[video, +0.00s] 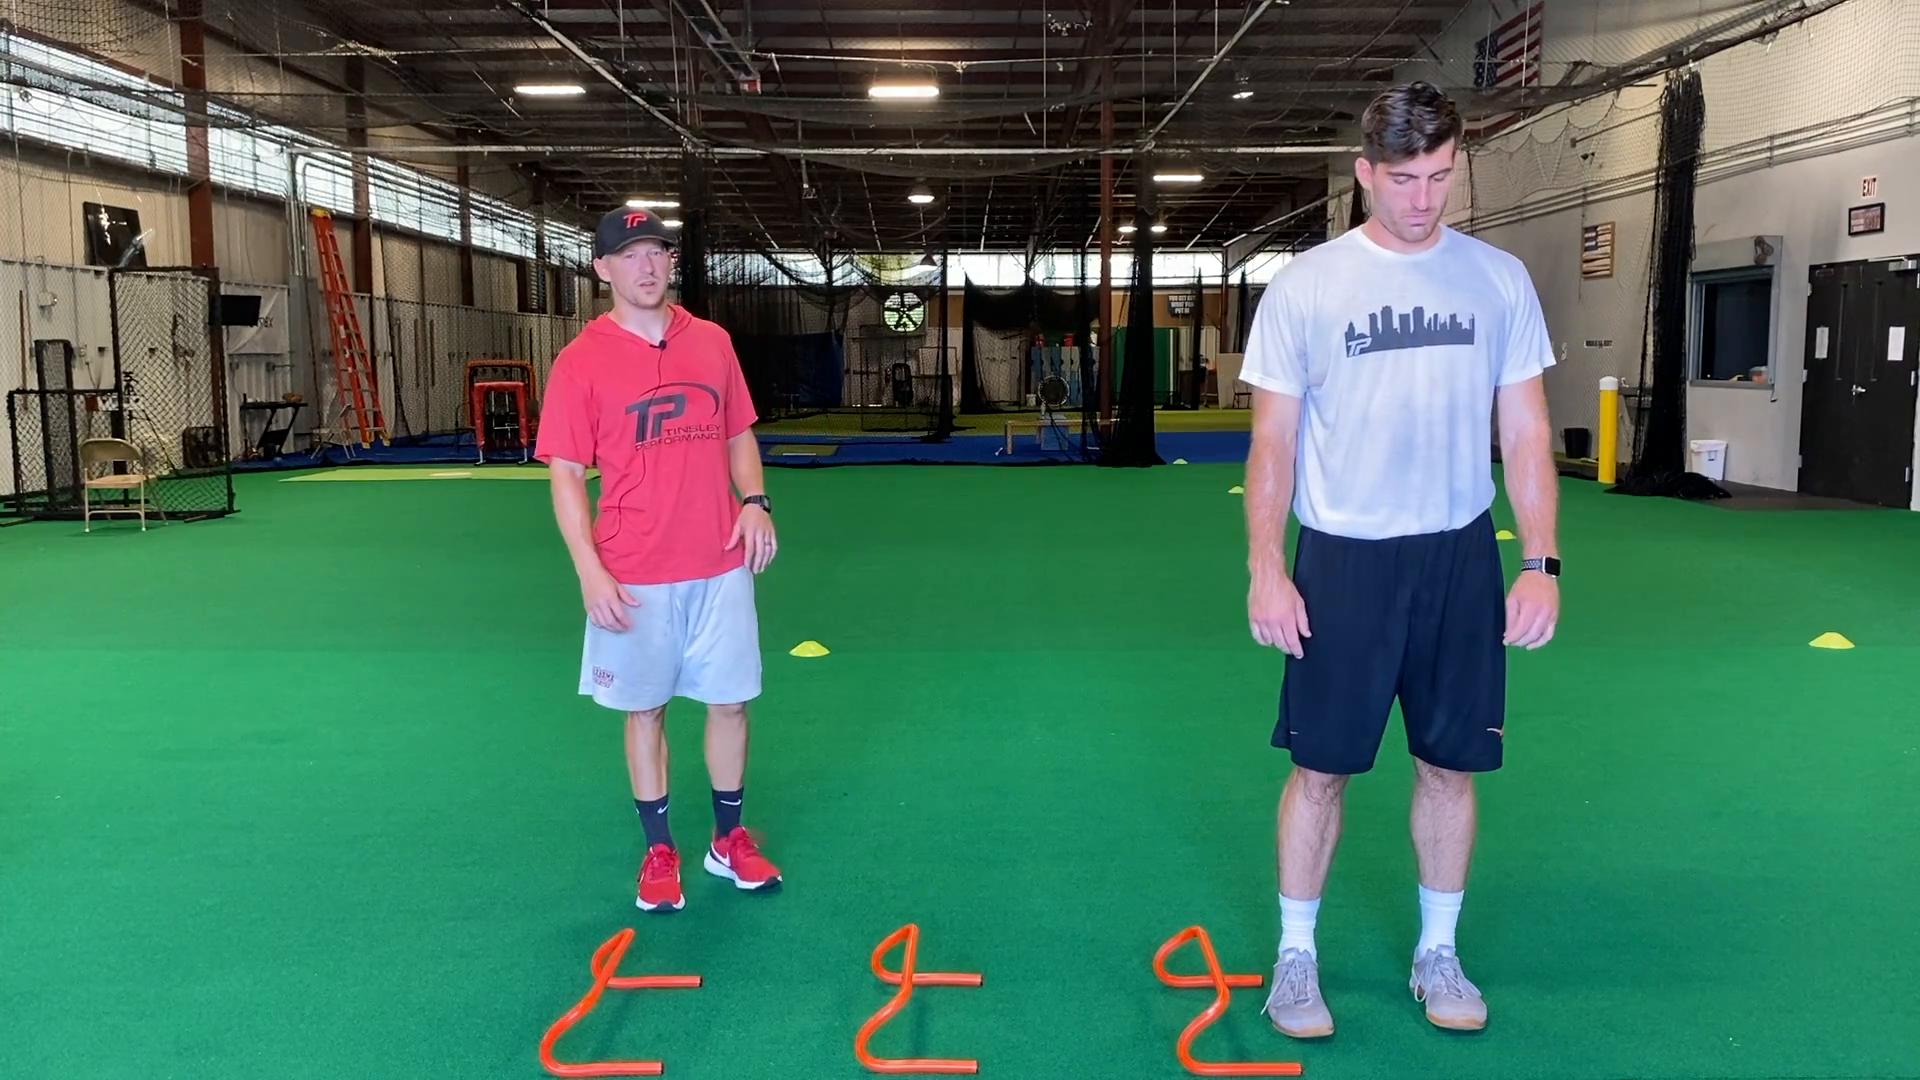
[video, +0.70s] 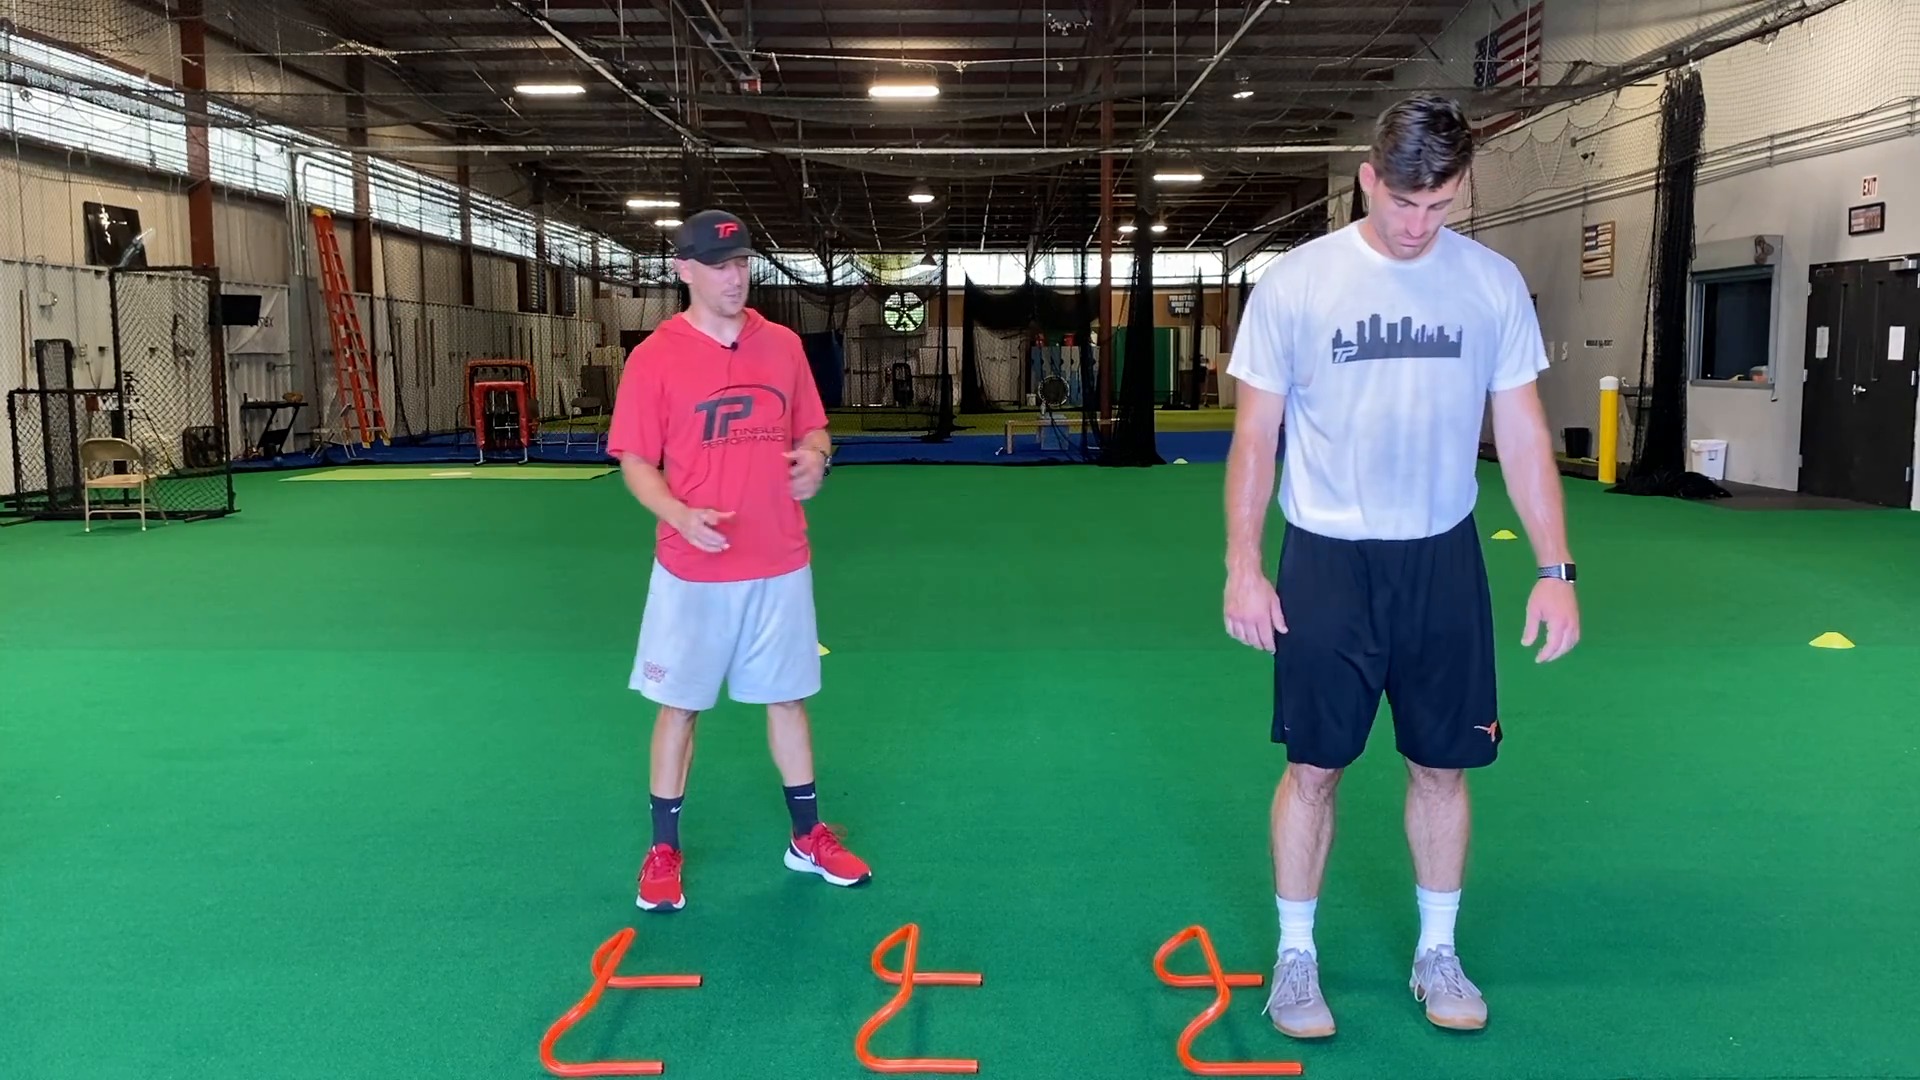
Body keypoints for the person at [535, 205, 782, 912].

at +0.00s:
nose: (651, 265)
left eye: (659, 253)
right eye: (634, 255)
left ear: (673, 262)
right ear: (605, 269)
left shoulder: (711, 342)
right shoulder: (579, 363)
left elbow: (740, 436)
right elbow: (565, 476)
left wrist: (755, 500)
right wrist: (590, 572)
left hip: (719, 567)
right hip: (635, 577)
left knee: (729, 702)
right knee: (644, 711)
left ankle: (729, 839)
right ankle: (659, 851)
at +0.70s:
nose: (737, 275)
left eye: (743, 261)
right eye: (720, 264)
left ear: (751, 266)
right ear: (685, 271)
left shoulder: (784, 347)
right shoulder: (653, 359)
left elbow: (814, 429)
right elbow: (635, 461)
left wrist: (817, 456)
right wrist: (677, 515)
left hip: (780, 561)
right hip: (695, 567)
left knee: (788, 695)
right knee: (680, 704)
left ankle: (809, 834)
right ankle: (664, 850)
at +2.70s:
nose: (712, 286)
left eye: (719, 273)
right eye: (697, 277)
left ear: (731, 277)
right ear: (674, 286)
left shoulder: (772, 344)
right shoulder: (655, 361)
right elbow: (643, 446)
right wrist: (647, 497)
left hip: (765, 537)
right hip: (689, 541)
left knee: (774, 654)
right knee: (701, 658)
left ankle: (767, 737)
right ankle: (708, 789)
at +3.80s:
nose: (730, 294)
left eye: (740, 283)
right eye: (719, 283)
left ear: (757, 288)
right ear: (702, 289)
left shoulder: (774, 353)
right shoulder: (670, 349)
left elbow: (799, 435)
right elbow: (645, 431)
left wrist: (780, 489)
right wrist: (666, 500)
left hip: (754, 532)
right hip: (683, 530)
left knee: (749, 642)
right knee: (662, 642)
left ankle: (754, 753)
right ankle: (637, 752)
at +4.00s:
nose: (700, 297)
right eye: (687, 281)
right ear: (669, 287)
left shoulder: (759, 356)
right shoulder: (643, 350)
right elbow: (618, 434)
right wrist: (658, 496)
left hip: (730, 526)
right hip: (659, 522)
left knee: (737, 646)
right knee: (649, 637)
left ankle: (750, 752)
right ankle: (637, 750)